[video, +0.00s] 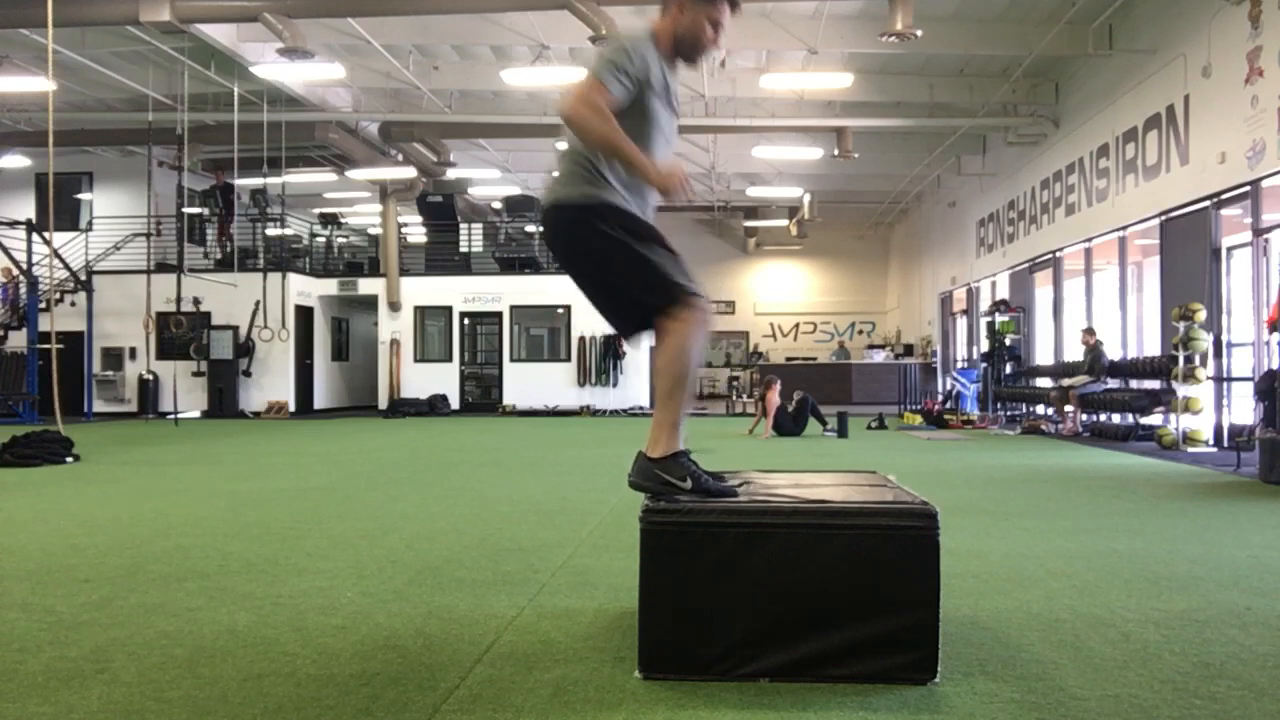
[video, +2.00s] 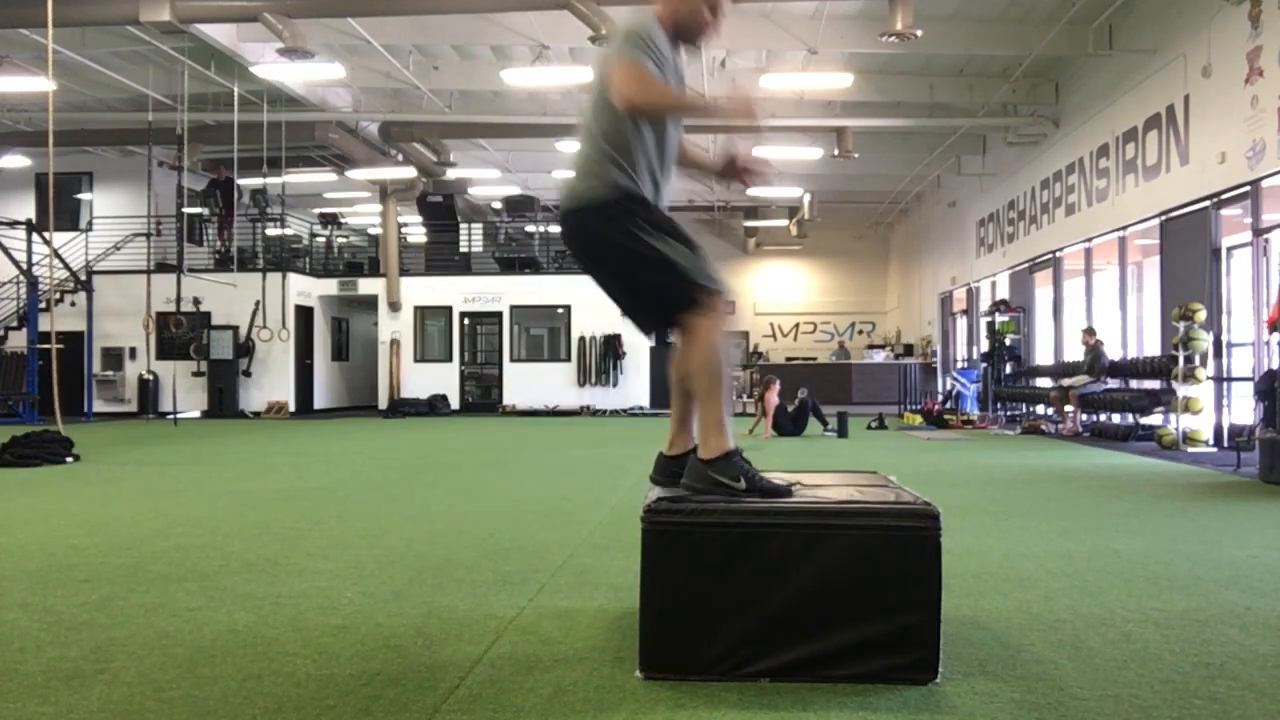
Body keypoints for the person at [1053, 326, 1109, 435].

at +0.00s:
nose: (1082, 339)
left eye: (1084, 337)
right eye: (1082, 336)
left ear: (1092, 338)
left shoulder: (1099, 353)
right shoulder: (1087, 351)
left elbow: (1096, 377)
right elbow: (1085, 372)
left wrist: (1074, 381)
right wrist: (1071, 380)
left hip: (1099, 382)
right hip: (1086, 380)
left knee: (1074, 393)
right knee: (1055, 395)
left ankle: (1076, 426)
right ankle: (1067, 425)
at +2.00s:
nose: (1082, 339)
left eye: (1085, 337)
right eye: (1082, 336)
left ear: (1092, 337)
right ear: (1087, 337)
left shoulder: (1099, 353)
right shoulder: (1088, 351)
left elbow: (1096, 376)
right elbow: (1085, 372)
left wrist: (1075, 381)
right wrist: (1072, 380)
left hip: (1099, 382)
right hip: (1086, 380)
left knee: (1073, 393)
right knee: (1054, 395)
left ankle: (1076, 426)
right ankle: (1066, 425)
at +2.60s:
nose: (1083, 340)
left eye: (1085, 337)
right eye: (1083, 337)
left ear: (1093, 338)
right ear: (1086, 338)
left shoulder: (1100, 353)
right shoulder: (1088, 351)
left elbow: (1095, 377)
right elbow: (1085, 371)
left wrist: (1072, 381)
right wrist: (1071, 380)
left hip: (1098, 382)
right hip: (1086, 380)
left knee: (1074, 392)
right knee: (1055, 395)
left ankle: (1076, 426)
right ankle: (1066, 424)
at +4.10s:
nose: (1083, 340)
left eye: (1086, 337)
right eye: (1083, 337)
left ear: (1093, 338)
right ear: (1084, 337)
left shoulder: (1100, 353)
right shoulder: (1087, 351)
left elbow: (1095, 376)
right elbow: (1084, 371)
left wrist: (1072, 381)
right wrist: (1070, 380)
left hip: (1098, 382)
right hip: (1085, 380)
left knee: (1074, 393)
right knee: (1055, 395)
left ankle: (1076, 426)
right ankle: (1066, 424)